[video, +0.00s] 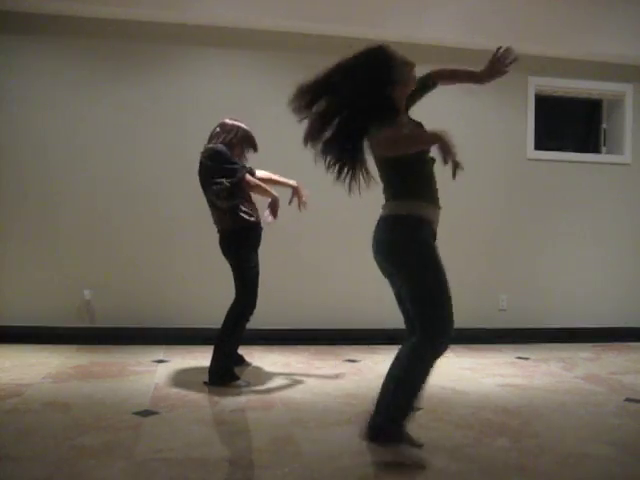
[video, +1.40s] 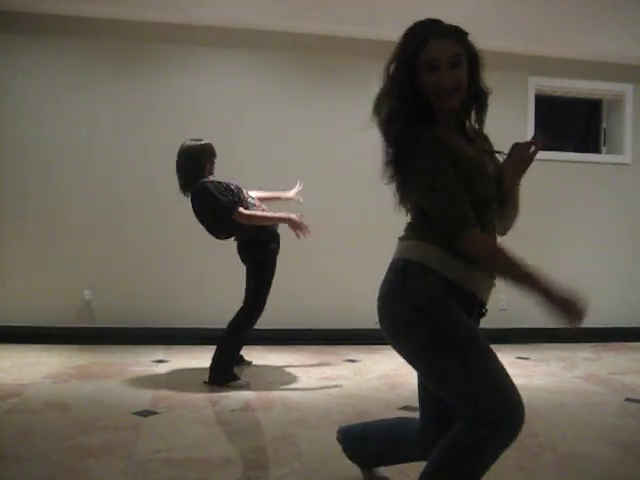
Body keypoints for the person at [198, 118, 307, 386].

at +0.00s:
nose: (242, 154)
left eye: (243, 149)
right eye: (241, 147)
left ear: (224, 139)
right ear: (230, 141)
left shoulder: (223, 156)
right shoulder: (215, 155)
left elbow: (256, 174)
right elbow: (247, 181)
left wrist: (292, 184)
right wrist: (273, 197)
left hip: (244, 235)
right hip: (238, 237)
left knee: (246, 299)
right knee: (246, 300)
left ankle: (227, 352)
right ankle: (220, 371)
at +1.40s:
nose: (214, 162)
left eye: (213, 158)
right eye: (211, 159)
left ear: (192, 163)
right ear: (200, 162)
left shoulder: (208, 186)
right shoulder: (207, 189)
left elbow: (249, 196)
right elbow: (243, 216)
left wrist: (286, 195)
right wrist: (288, 218)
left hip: (256, 241)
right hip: (259, 244)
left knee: (252, 305)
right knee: (252, 308)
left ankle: (231, 353)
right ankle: (219, 373)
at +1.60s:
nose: (193, 162)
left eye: (191, 156)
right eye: (186, 165)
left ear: (198, 157)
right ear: (182, 179)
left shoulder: (213, 186)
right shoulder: (209, 194)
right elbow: (238, 231)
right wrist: (272, 256)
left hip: (263, 237)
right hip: (260, 242)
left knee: (256, 305)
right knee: (256, 307)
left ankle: (232, 353)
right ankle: (221, 372)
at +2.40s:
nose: (199, 132)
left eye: (193, 132)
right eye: (193, 138)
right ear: (198, 154)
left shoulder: (232, 154)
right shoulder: (219, 167)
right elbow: (206, 209)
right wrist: (228, 243)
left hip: (254, 234)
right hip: (245, 237)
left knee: (252, 297)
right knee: (251, 298)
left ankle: (230, 356)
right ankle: (226, 366)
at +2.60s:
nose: (239, 117)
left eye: (238, 113)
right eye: (230, 117)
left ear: (247, 119)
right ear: (224, 133)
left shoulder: (258, 152)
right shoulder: (222, 162)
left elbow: (259, 187)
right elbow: (207, 203)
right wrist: (198, 239)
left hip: (244, 236)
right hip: (224, 237)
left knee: (231, 294)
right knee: (244, 292)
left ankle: (225, 357)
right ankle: (237, 359)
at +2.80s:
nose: (257, 117)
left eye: (258, 112)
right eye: (249, 115)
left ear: (264, 120)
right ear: (238, 125)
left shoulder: (266, 152)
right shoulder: (228, 153)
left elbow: (289, 185)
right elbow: (194, 177)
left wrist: (294, 200)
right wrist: (194, 205)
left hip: (245, 231)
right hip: (217, 232)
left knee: (267, 288)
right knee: (231, 298)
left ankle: (233, 320)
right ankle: (234, 363)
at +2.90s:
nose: (260, 117)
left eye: (262, 113)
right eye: (252, 114)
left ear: (266, 121)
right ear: (240, 124)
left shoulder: (268, 156)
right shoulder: (225, 150)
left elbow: (271, 199)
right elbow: (207, 188)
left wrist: (254, 226)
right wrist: (236, 222)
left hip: (245, 226)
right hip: (218, 227)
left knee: (284, 270)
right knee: (229, 292)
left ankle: (245, 283)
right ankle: (225, 361)